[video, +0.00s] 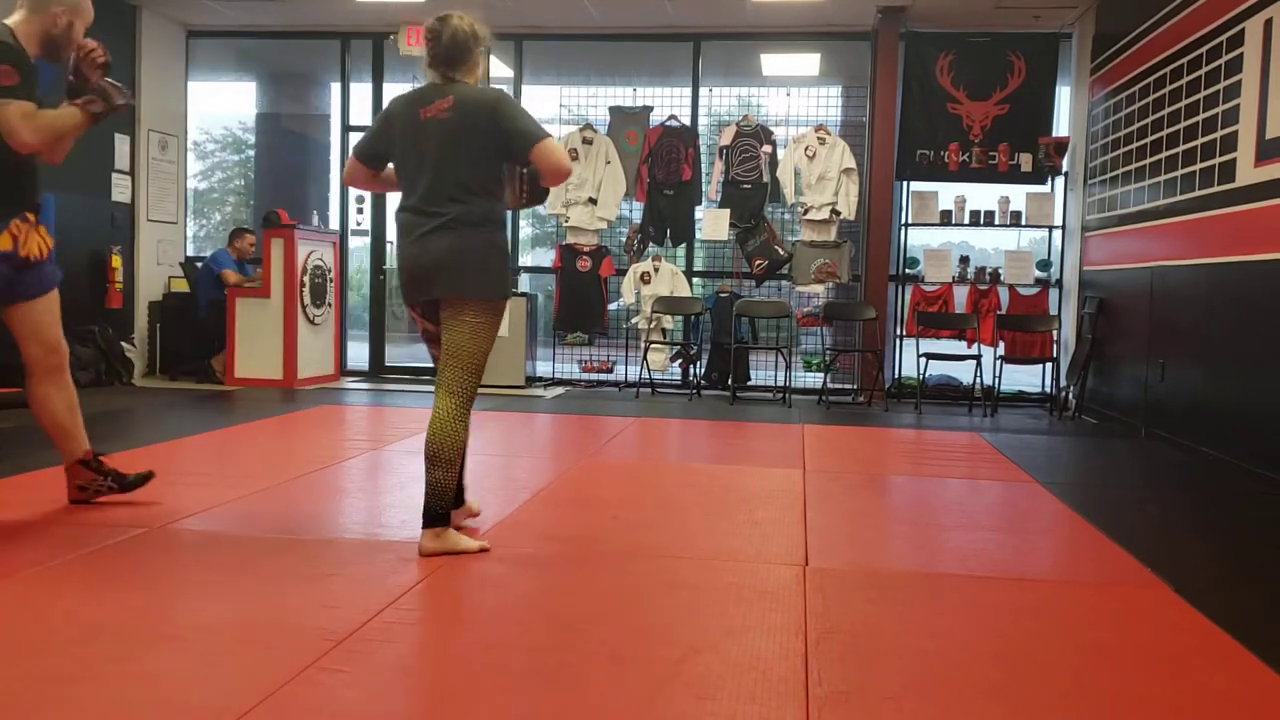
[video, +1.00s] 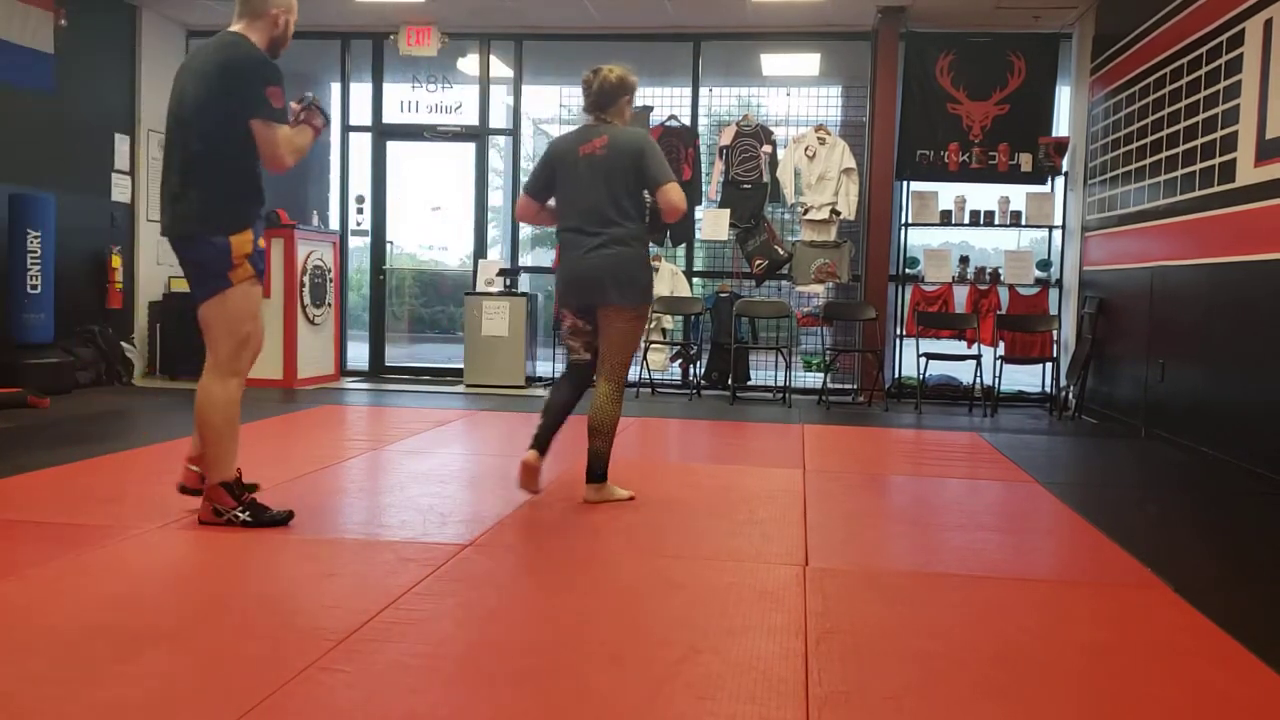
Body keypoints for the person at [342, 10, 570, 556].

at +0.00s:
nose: (485, 62)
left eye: (482, 55)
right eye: (485, 55)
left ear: (430, 58)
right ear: (479, 58)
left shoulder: (402, 108)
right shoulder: (495, 104)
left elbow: (357, 174)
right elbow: (557, 167)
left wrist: (412, 179)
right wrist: (522, 183)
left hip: (416, 260)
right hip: (477, 258)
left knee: (453, 385)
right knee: (453, 392)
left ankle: (453, 500)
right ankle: (435, 528)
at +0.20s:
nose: (501, 75)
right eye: (501, 68)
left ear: (452, 74)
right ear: (498, 73)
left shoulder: (428, 123)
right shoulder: (518, 116)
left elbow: (381, 184)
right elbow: (587, 169)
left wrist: (438, 192)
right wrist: (548, 196)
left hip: (446, 264)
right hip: (505, 262)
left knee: (479, 384)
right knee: (477, 389)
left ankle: (482, 499)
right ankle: (439, 514)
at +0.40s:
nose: (521, 79)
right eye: (521, 72)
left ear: (475, 75)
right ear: (518, 75)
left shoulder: (451, 125)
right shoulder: (537, 117)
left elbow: (410, 191)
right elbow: (601, 168)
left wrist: (463, 193)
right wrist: (567, 193)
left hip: (468, 270)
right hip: (530, 269)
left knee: (484, 380)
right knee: (545, 376)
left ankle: (484, 498)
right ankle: (497, 476)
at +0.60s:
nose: (549, 92)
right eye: (549, 85)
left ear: (506, 86)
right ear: (546, 87)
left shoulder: (480, 134)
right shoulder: (564, 129)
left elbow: (439, 191)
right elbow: (616, 181)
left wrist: (489, 202)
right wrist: (585, 208)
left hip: (495, 269)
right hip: (554, 271)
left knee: (495, 379)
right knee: (572, 380)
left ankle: (482, 499)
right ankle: (587, 482)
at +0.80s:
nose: (593, 106)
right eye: (592, 100)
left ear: (548, 102)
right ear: (587, 102)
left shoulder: (523, 146)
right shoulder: (602, 143)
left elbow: (485, 208)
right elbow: (646, 202)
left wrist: (529, 213)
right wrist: (620, 222)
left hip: (533, 276)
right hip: (591, 278)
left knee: (521, 378)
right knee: (596, 383)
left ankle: (487, 486)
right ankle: (595, 483)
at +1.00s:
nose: (634, 110)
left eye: (633, 103)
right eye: (633, 103)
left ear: (588, 103)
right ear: (624, 104)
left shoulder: (562, 145)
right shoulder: (638, 141)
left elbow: (526, 209)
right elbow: (675, 205)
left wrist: (569, 216)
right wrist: (653, 211)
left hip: (574, 269)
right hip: (625, 269)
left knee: (578, 368)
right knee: (611, 379)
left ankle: (536, 451)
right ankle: (597, 483)